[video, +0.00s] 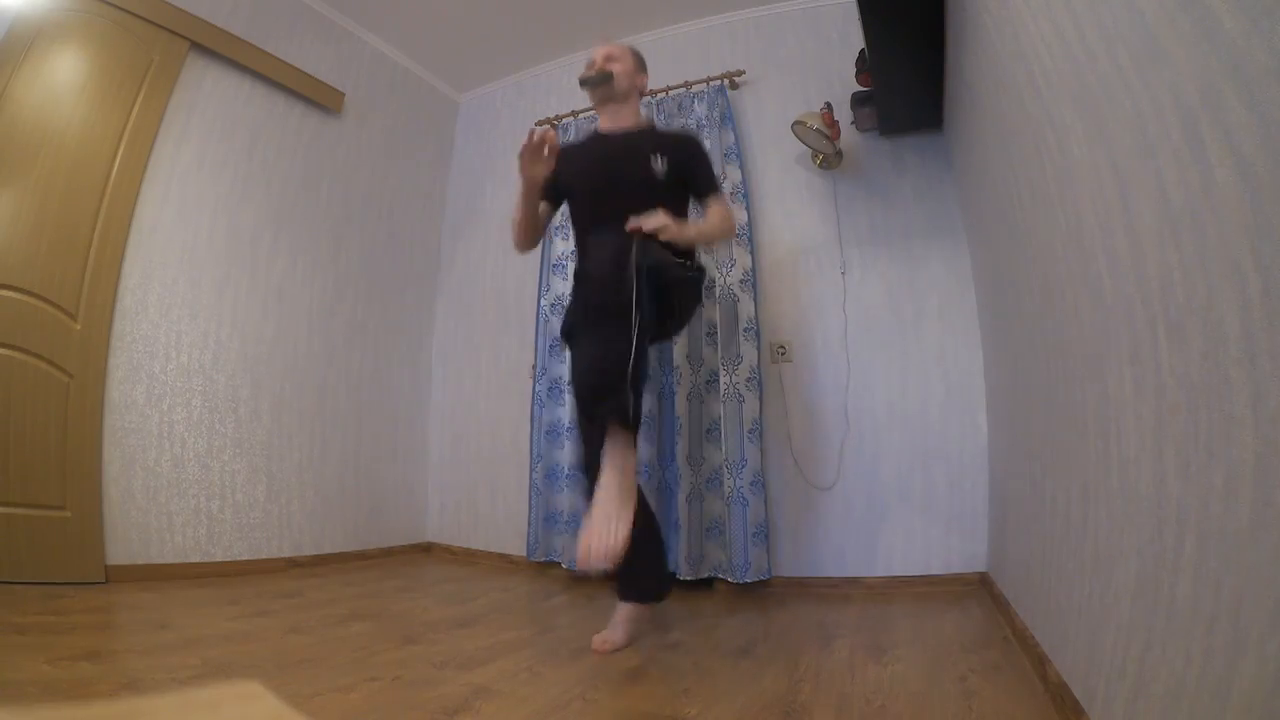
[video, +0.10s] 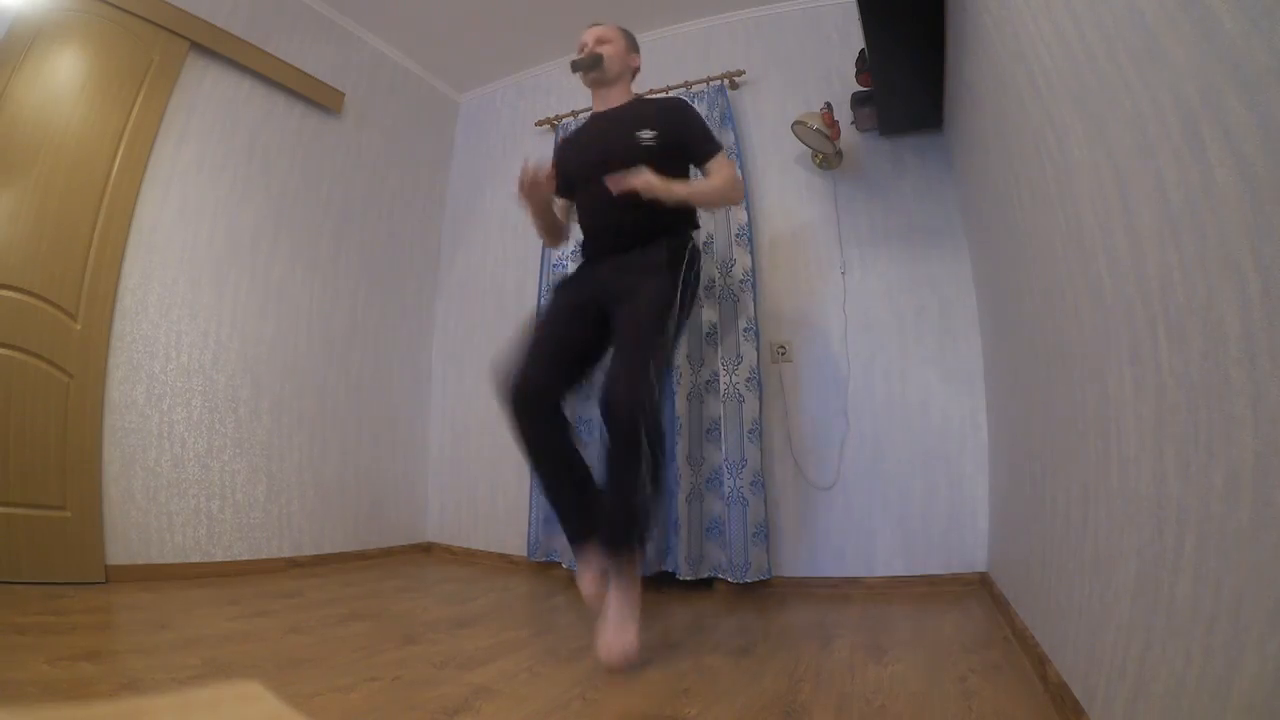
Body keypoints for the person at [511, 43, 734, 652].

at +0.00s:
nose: (597, 63)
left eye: (612, 57)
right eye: (591, 61)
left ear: (641, 81)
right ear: (584, 88)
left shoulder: (676, 146)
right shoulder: (569, 156)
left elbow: (723, 220)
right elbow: (525, 239)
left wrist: (679, 231)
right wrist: (531, 181)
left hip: (666, 292)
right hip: (597, 298)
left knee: (613, 249)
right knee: (599, 449)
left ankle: (617, 464)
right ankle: (635, 590)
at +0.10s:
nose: (588, 46)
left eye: (602, 38)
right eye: (582, 44)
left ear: (634, 60)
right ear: (578, 71)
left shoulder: (669, 113)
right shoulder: (571, 143)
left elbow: (730, 186)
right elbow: (556, 234)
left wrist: (667, 188)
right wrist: (538, 200)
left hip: (658, 271)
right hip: (594, 278)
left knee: (626, 398)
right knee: (530, 390)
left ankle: (624, 565)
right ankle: (589, 539)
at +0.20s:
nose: (585, 65)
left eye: (599, 56)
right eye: (578, 61)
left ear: (634, 76)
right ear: (575, 85)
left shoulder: (660, 128)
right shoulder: (579, 156)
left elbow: (714, 198)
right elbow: (589, 246)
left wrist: (617, 157)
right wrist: (546, 261)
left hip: (652, 294)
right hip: (589, 291)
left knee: (643, 465)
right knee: (477, 288)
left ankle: (638, 623)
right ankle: (548, 437)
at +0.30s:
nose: (585, 57)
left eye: (601, 50)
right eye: (580, 52)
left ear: (635, 71)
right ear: (575, 74)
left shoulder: (660, 121)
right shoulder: (575, 150)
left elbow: (693, 181)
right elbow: (599, 235)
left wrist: (606, 121)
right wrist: (561, 251)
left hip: (647, 298)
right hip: (583, 293)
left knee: (631, 446)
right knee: (490, 345)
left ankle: (635, 615)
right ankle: (554, 490)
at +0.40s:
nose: (594, 48)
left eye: (608, 41)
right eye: (588, 45)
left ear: (639, 62)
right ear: (580, 70)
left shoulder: (673, 127)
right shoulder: (567, 138)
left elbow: (712, 203)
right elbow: (557, 213)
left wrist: (626, 157)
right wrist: (547, 233)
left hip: (649, 264)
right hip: (582, 274)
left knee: (608, 348)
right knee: (578, 412)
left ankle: (631, 545)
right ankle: (610, 583)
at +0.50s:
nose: (592, 59)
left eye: (608, 54)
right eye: (585, 57)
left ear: (637, 82)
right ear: (578, 88)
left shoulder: (673, 150)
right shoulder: (555, 162)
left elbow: (715, 237)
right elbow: (513, 250)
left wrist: (674, 247)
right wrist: (504, 222)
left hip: (659, 306)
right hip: (586, 312)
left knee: (599, 230)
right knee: (600, 451)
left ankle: (616, 441)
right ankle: (639, 600)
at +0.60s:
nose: (585, 44)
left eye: (599, 35)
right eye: (578, 41)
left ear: (631, 55)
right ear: (572, 65)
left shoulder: (670, 119)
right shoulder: (560, 136)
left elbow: (723, 190)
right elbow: (528, 226)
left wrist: (673, 210)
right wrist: (523, 175)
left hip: (662, 267)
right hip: (591, 278)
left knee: (601, 304)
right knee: (580, 418)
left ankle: (616, 519)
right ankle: (604, 568)